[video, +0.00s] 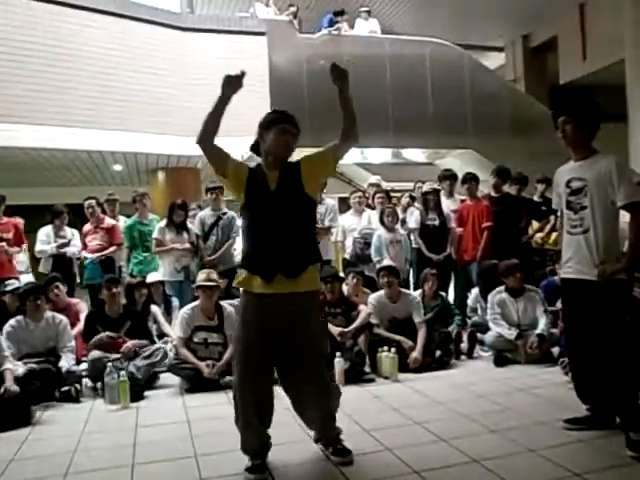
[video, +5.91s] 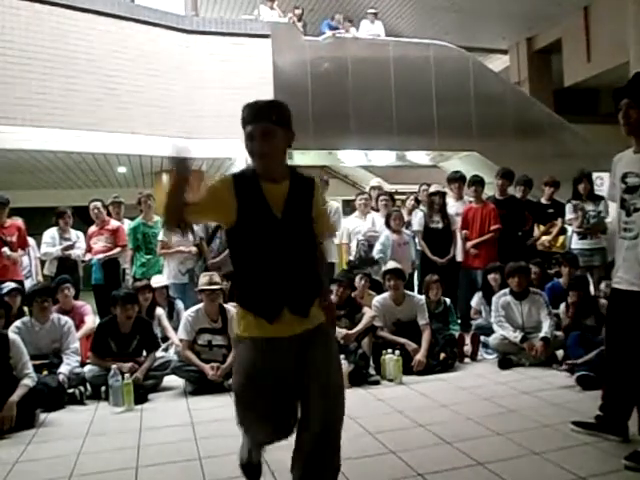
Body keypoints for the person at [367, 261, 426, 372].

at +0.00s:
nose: (387, 280)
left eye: (390, 276)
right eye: (383, 277)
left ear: (398, 279)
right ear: (379, 281)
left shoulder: (412, 299)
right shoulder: (374, 300)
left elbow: (421, 327)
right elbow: (375, 328)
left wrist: (418, 351)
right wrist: (401, 340)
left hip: (408, 329)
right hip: (386, 331)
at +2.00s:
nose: (389, 279)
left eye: (392, 275)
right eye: (385, 276)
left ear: (399, 277)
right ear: (380, 281)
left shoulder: (413, 299)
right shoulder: (374, 300)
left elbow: (422, 326)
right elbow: (375, 329)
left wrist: (418, 351)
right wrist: (401, 339)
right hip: (387, 337)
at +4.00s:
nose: (393, 282)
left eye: (397, 278)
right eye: (389, 278)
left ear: (403, 281)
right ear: (384, 282)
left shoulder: (418, 301)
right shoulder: (378, 302)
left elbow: (426, 329)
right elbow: (379, 330)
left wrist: (422, 354)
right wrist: (405, 342)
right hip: (391, 338)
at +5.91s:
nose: (393, 283)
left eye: (397, 279)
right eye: (389, 280)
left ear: (403, 281)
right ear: (385, 283)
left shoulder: (418, 300)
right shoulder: (378, 302)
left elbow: (426, 329)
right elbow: (378, 330)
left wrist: (422, 354)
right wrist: (405, 342)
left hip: (413, 335)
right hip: (391, 336)